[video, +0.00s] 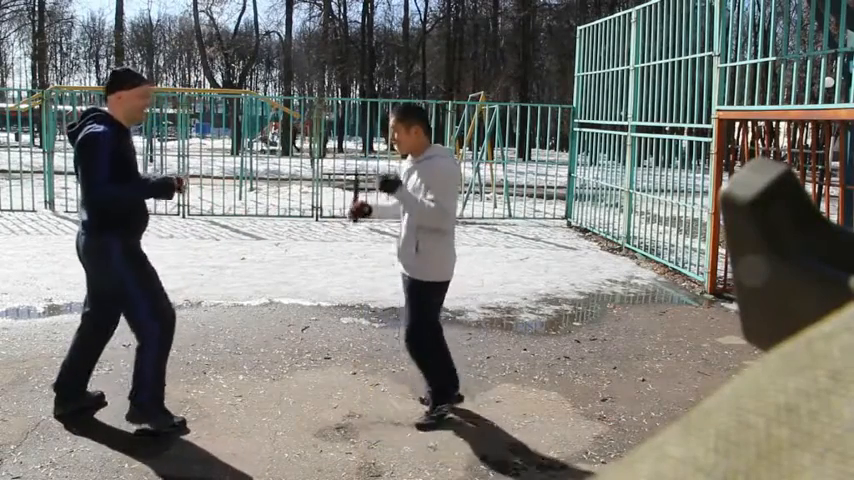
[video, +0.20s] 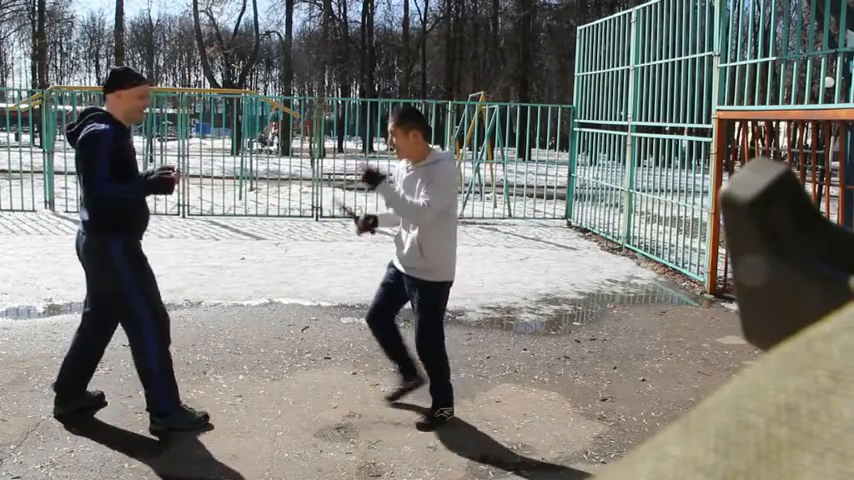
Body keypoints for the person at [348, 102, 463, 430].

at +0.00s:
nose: (392, 138)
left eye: (396, 132)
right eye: (391, 132)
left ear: (416, 131)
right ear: (411, 133)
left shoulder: (441, 166)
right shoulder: (414, 164)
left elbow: (442, 217)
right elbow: (407, 209)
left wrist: (401, 192)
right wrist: (371, 210)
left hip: (431, 269)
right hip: (416, 266)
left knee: (418, 338)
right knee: (426, 331)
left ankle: (444, 400)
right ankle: (445, 389)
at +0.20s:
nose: (391, 143)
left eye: (395, 136)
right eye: (390, 137)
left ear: (415, 135)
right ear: (407, 137)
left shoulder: (445, 168)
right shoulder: (402, 167)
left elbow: (425, 214)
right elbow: (404, 215)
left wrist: (383, 186)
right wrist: (375, 221)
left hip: (432, 272)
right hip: (403, 265)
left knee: (428, 343)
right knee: (377, 319)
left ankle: (443, 404)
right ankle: (411, 376)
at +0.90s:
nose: (376, 145)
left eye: (380, 139)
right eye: (375, 138)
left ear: (401, 140)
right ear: (393, 141)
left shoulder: (432, 170)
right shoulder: (382, 171)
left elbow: (427, 218)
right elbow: (377, 213)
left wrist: (375, 210)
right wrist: (344, 209)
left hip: (422, 270)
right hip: (387, 264)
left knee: (431, 334)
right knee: (363, 320)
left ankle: (442, 390)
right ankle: (365, 384)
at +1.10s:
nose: (372, 153)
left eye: (376, 147)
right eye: (372, 147)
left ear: (395, 146)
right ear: (382, 148)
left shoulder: (428, 173)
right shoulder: (376, 177)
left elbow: (419, 214)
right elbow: (372, 217)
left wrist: (379, 178)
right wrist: (365, 239)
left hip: (413, 273)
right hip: (376, 267)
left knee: (427, 336)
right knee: (344, 318)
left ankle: (442, 389)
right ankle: (335, 383)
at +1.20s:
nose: (363, 159)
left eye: (366, 153)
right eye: (361, 154)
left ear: (382, 151)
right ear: (366, 155)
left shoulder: (416, 178)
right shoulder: (360, 187)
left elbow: (407, 211)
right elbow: (347, 221)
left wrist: (372, 178)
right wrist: (339, 250)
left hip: (405, 279)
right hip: (366, 274)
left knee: (422, 339)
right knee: (329, 324)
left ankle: (442, 390)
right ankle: (303, 384)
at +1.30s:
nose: (341, 160)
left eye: (346, 154)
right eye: (339, 155)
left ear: (362, 152)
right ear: (337, 155)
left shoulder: (391, 174)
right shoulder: (333, 187)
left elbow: (396, 206)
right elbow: (300, 213)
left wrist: (365, 174)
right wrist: (274, 244)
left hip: (391, 277)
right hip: (351, 273)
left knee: (416, 337)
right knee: (315, 325)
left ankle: (441, 390)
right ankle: (288, 381)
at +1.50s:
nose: (282, 166)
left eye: (287, 160)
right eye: (281, 160)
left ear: (307, 159)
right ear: (282, 162)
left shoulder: (337, 179)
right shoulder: (280, 196)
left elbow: (367, 203)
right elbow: (252, 216)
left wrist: (327, 181)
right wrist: (226, 227)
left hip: (364, 268)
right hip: (323, 269)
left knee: (397, 324)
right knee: (298, 323)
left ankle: (429, 379)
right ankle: (285, 382)